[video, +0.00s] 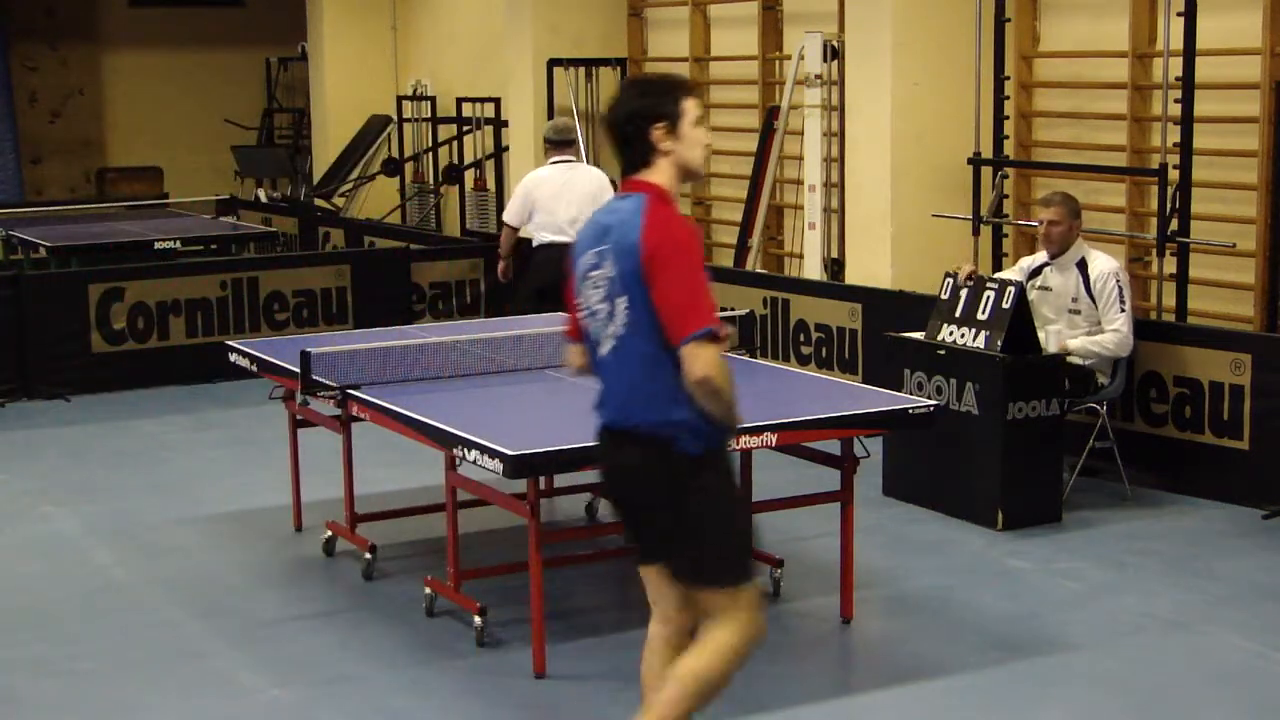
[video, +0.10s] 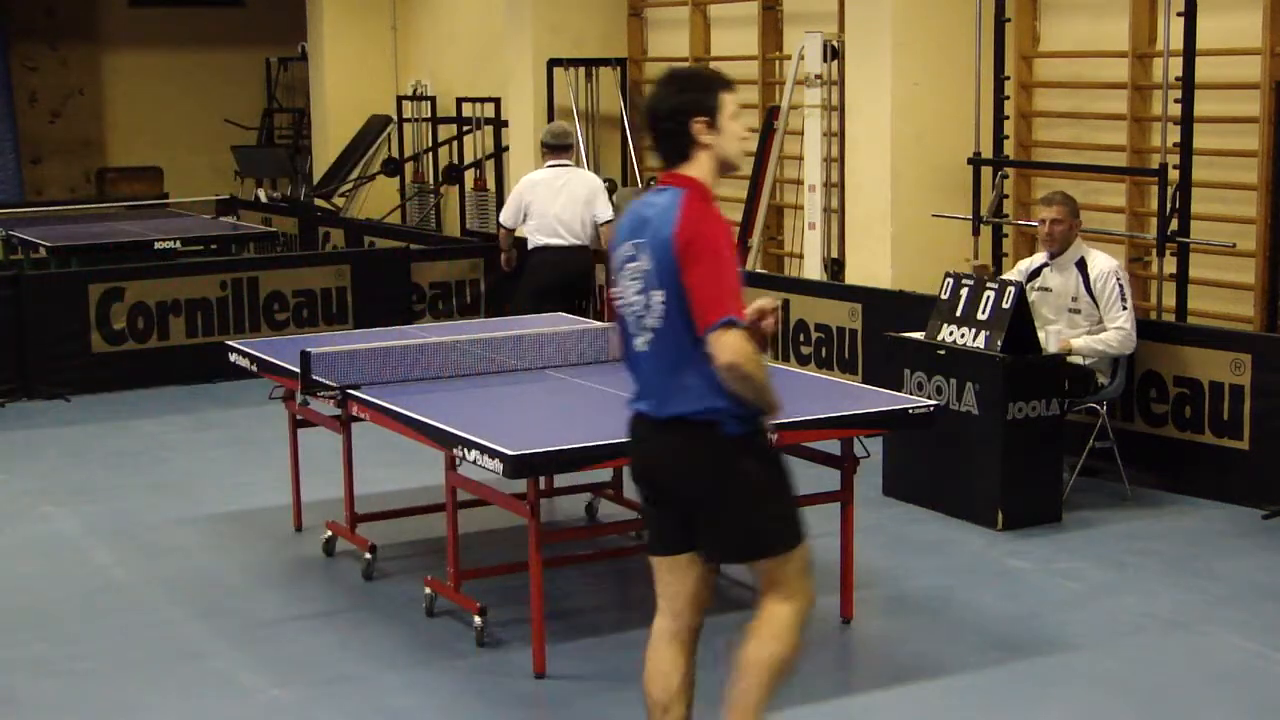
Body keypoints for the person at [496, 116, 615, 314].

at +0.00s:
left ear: (546, 148)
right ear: (577, 147)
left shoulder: (534, 180)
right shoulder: (598, 178)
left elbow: (510, 227)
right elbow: (612, 220)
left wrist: (504, 258)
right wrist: (610, 257)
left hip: (545, 260)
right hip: (589, 257)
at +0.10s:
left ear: (543, 151)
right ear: (573, 151)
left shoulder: (529, 182)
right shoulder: (592, 181)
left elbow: (506, 226)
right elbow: (606, 231)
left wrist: (507, 251)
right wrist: (613, 265)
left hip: (540, 264)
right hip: (580, 263)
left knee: (534, 330)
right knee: (578, 332)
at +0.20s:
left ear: (542, 149)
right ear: (570, 149)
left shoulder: (526, 180)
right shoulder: (588, 180)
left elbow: (504, 227)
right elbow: (603, 225)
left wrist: (508, 252)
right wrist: (611, 266)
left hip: (538, 263)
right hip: (577, 261)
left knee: (535, 327)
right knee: (576, 328)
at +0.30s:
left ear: (538, 143)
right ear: (566, 144)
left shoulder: (522, 174)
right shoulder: (583, 174)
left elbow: (504, 223)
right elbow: (599, 220)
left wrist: (504, 256)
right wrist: (605, 259)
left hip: (533, 255)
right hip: (573, 253)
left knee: (524, 320)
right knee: (569, 320)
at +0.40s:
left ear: (532, 140)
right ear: (560, 140)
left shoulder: (517, 173)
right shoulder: (579, 171)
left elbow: (503, 222)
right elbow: (595, 215)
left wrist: (499, 260)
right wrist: (599, 250)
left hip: (526, 251)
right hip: (568, 250)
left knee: (519, 315)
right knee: (564, 318)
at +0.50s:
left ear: (525, 143)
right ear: (553, 142)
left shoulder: (513, 175)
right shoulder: (573, 172)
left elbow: (499, 222)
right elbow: (591, 215)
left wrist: (492, 261)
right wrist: (595, 248)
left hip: (520, 253)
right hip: (562, 252)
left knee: (516, 322)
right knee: (561, 323)